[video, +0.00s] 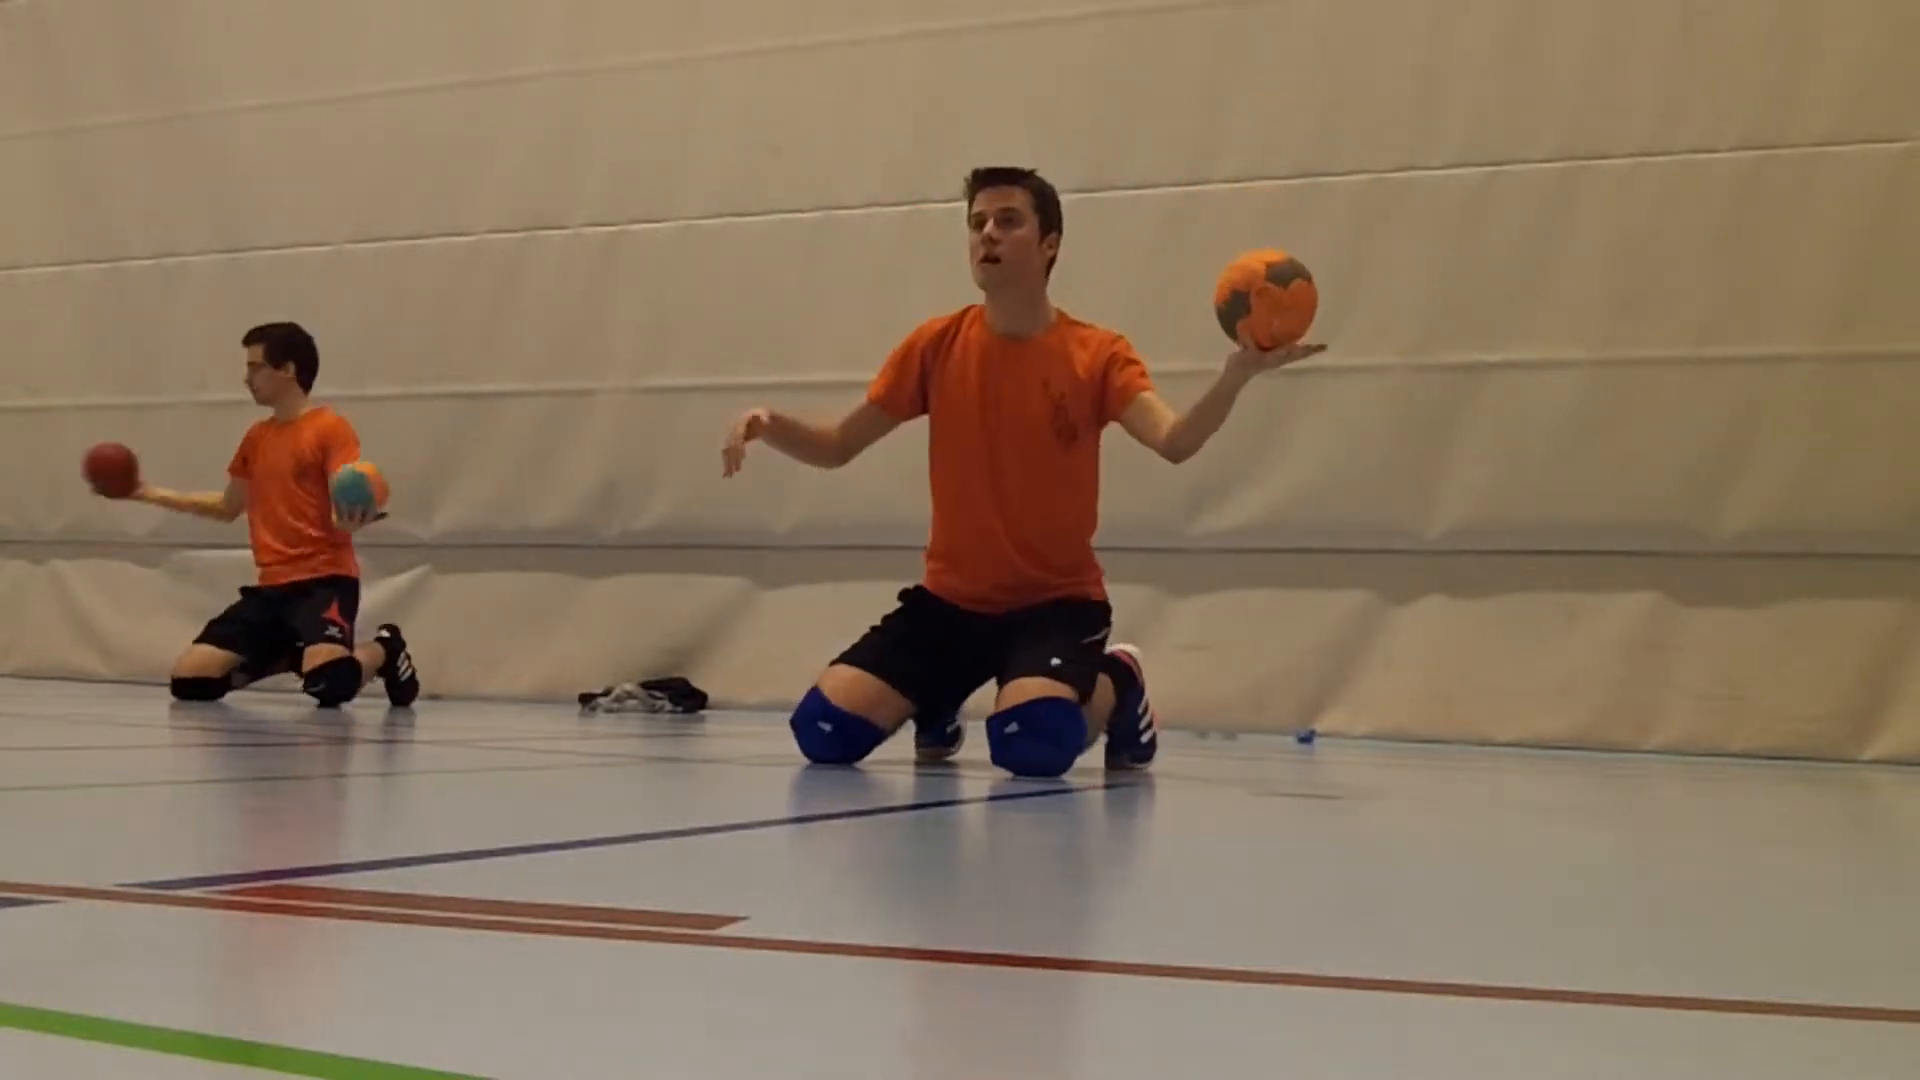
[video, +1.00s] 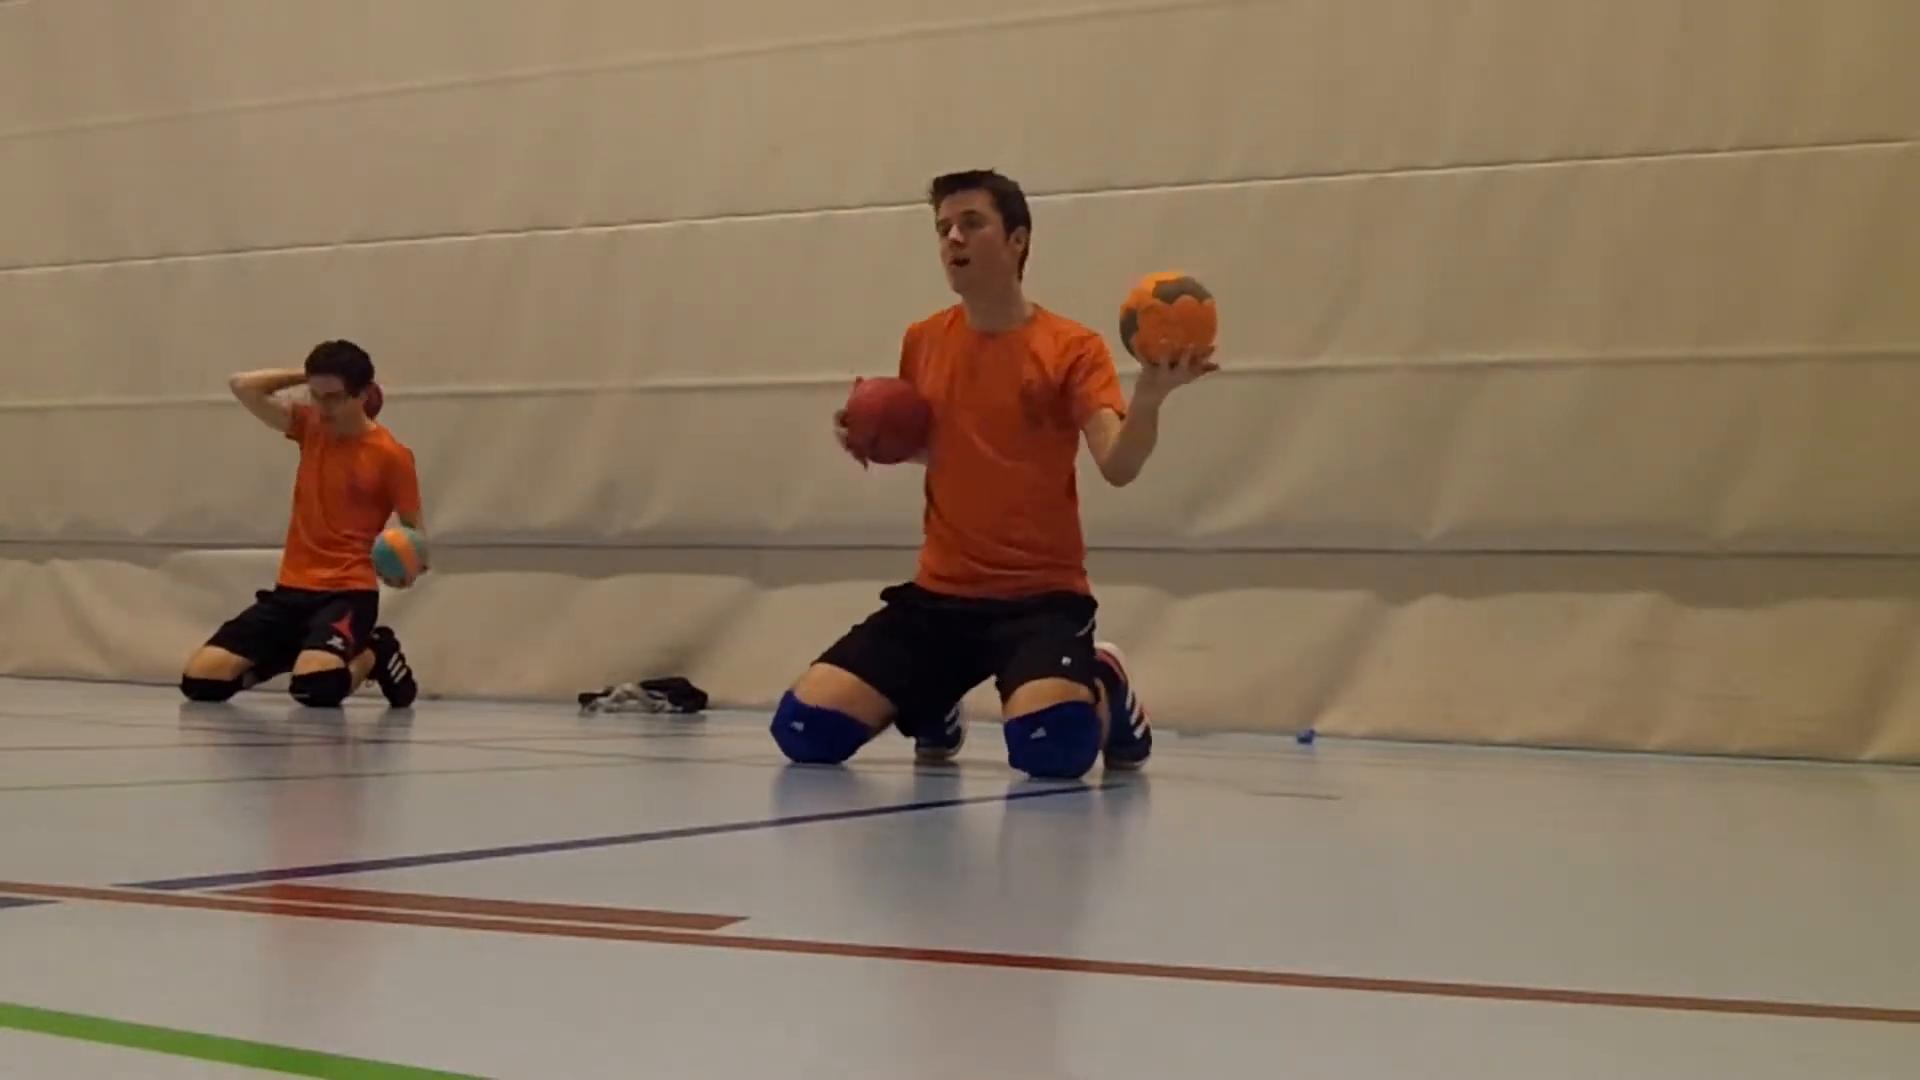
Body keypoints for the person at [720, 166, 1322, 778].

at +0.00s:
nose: (988, 235)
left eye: (1009, 221)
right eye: (978, 224)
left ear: (1050, 247)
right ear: (966, 246)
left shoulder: (1094, 356)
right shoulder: (938, 347)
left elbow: (1177, 441)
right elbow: (836, 444)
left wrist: (1238, 368)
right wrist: (772, 423)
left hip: (1056, 603)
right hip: (949, 601)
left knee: (1029, 750)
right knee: (821, 736)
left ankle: (1118, 684)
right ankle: (936, 690)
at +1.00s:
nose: (953, 239)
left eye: (971, 223)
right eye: (944, 229)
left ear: (1017, 243)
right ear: (938, 248)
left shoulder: (1071, 348)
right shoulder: (924, 343)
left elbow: (1118, 465)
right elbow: (914, 439)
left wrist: (1149, 396)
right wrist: (868, 431)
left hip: (1044, 600)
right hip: (940, 596)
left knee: (1050, 752)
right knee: (803, 734)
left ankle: (1106, 684)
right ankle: (925, 692)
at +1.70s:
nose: (980, 249)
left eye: (999, 234)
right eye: (971, 235)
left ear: (1042, 252)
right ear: (962, 247)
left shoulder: (1077, 346)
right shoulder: (951, 360)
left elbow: (1112, 431)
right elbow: (859, 456)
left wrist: (1124, 326)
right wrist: (848, 340)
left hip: (1050, 610)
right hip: (945, 607)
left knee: (1054, 749)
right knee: (814, 734)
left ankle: (1106, 689)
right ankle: (932, 691)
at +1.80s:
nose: (996, 238)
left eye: (1018, 227)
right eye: (987, 224)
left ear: (1056, 250)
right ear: (975, 241)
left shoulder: (1091, 352)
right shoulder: (940, 351)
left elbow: (1129, 436)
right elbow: (819, 401)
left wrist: (1149, 329)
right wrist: (838, 274)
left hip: (1056, 609)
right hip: (948, 604)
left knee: (1046, 749)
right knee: (809, 736)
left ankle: (1110, 688)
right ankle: (928, 692)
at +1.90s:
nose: (1010, 228)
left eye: (1032, 217)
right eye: (1001, 214)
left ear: (1067, 246)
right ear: (986, 230)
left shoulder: (1095, 351)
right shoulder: (943, 324)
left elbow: (1148, 433)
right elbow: (823, 287)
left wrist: (1174, 332)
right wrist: (783, 161)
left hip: (1057, 605)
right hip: (947, 599)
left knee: (1046, 751)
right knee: (810, 735)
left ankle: (1110, 687)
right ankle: (930, 690)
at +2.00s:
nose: (1015, 203)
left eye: (1037, 194)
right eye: (1006, 192)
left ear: (1071, 224)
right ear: (989, 216)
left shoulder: (1098, 335)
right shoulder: (951, 297)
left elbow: (1161, 427)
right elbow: (853, 225)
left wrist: (1194, 330)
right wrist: (847, 135)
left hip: (1054, 589)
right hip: (946, 581)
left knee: (1050, 751)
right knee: (808, 737)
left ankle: (1108, 684)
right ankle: (934, 683)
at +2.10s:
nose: (1022, 185)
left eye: (1043, 174)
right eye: (1011, 175)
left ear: (1078, 208)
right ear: (996, 201)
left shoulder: (1110, 323)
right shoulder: (954, 287)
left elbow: (1174, 423)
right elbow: (832, 276)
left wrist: (1219, 328)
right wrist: (894, 203)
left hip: (1054, 578)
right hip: (943, 568)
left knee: (1048, 754)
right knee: (809, 739)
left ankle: (1102, 683)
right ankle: (929, 676)